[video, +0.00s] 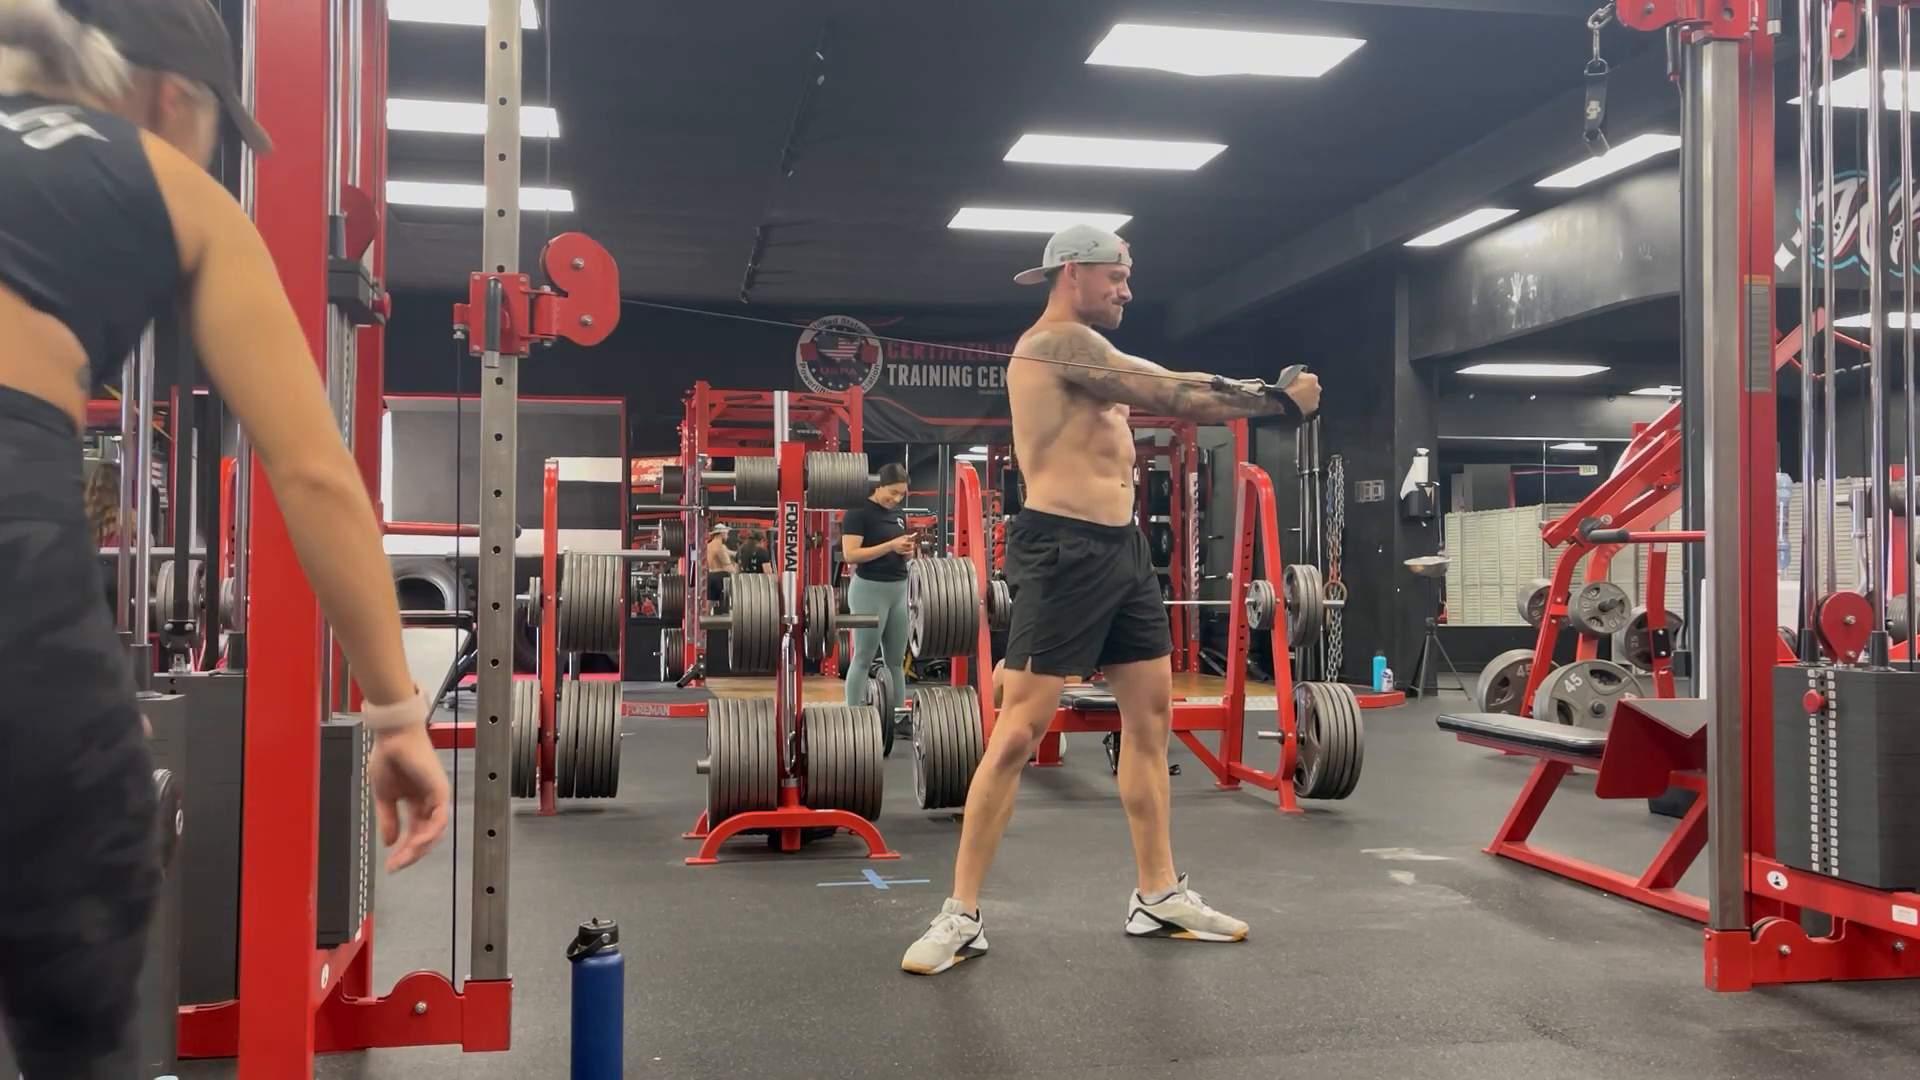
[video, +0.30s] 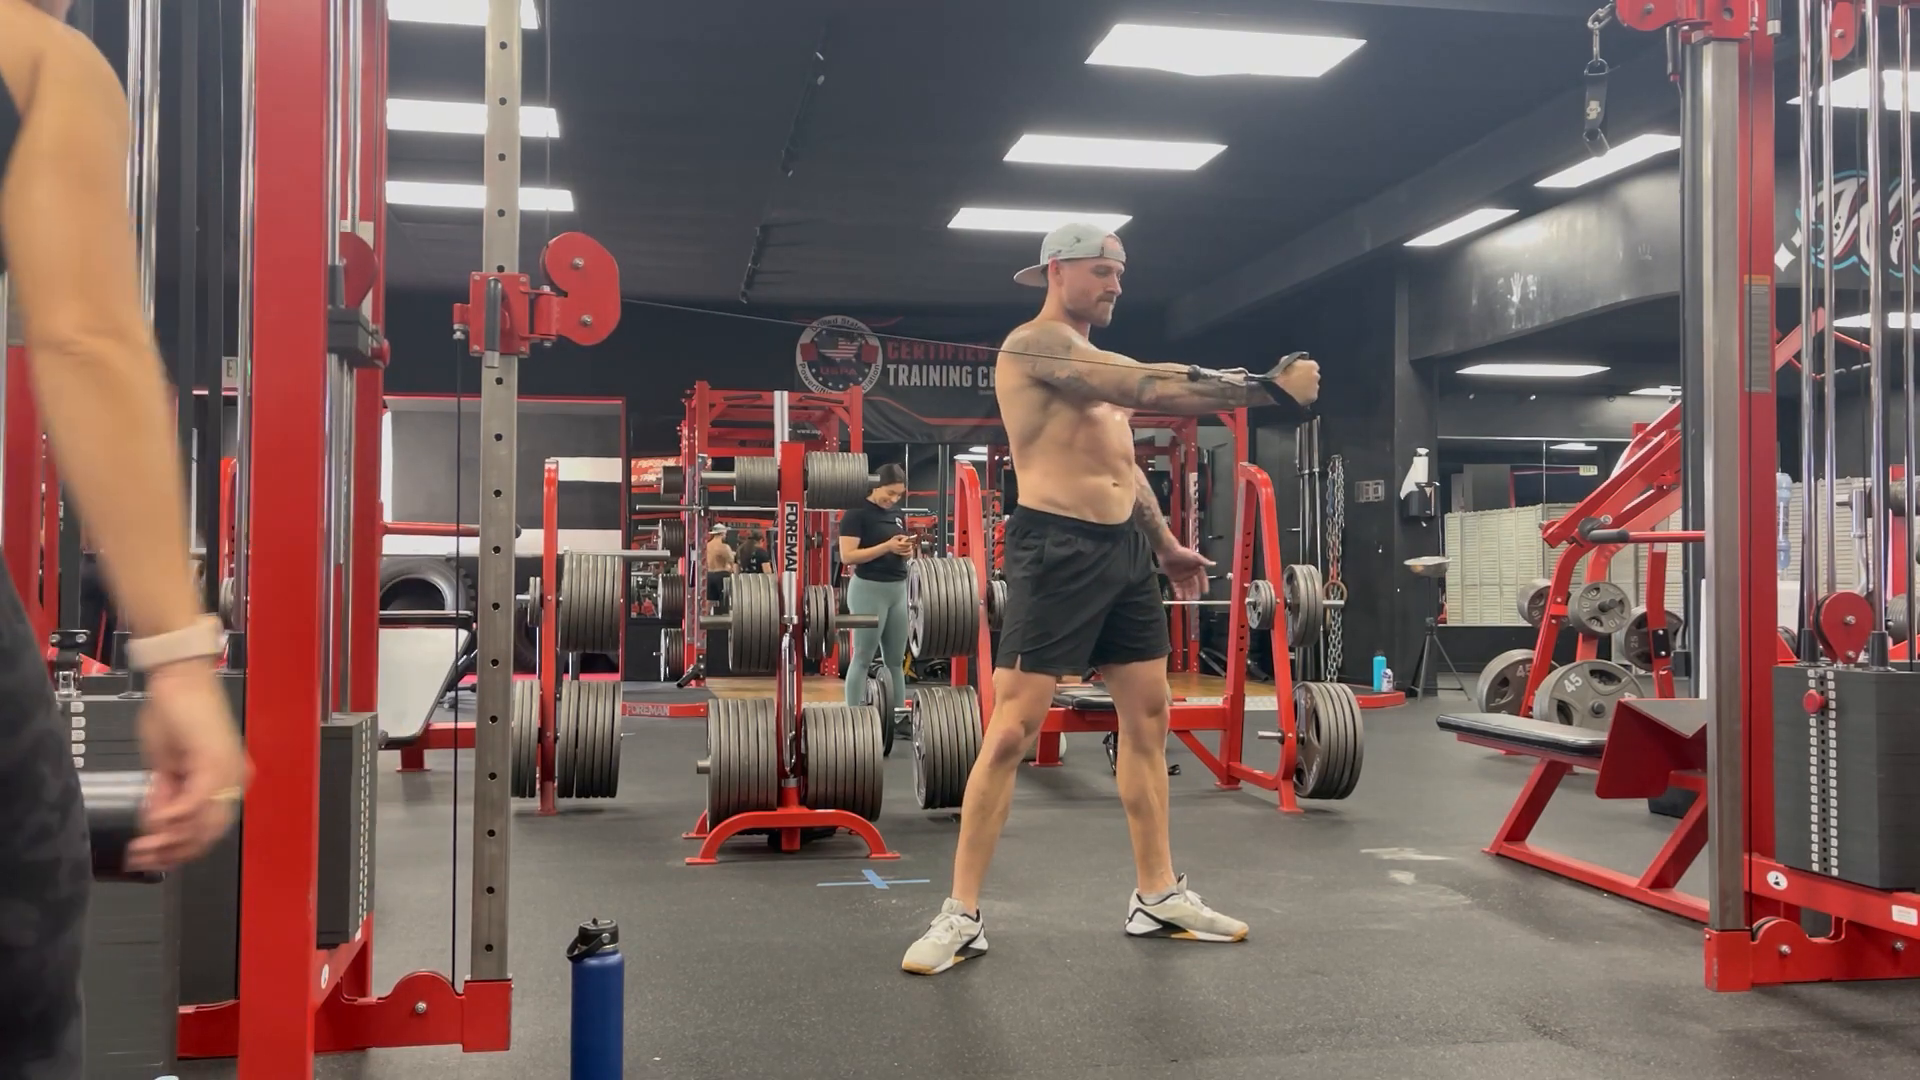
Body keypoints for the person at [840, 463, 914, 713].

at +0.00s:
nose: (897, 499)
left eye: (901, 495)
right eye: (893, 493)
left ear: (904, 491)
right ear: (880, 485)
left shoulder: (897, 514)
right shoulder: (858, 513)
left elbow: (903, 551)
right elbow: (850, 554)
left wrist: (909, 549)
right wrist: (891, 546)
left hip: (898, 591)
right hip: (869, 590)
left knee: (896, 661)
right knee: (863, 659)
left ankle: (899, 720)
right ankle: (853, 720)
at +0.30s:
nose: (894, 500)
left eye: (899, 495)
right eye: (890, 493)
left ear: (902, 491)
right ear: (878, 485)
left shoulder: (895, 514)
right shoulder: (856, 514)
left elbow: (903, 551)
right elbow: (847, 555)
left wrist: (908, 549)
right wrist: (887, 547)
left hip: (898, 590)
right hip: (868, 589)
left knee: (895, 661)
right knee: (862, 659)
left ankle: (899, 720)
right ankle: (854, 721)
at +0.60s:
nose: (889, 497)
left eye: (894, 493)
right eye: (886, 490)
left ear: (897, 490)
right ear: (871, 484)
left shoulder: (890, 512)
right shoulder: (852, 512)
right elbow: (841, 555)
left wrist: (904, 546)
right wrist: (882, 548)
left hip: (893, 590)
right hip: (864, 589)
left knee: (895, 661)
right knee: (860, 659)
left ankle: (897, 720)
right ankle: (853, 721)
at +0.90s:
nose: (887, 497)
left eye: (891, 492)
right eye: (884, 490)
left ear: (893, 489)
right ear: (869, 484)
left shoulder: (879, 512)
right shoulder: (849, 512)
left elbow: (874, 548)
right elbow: (837, 555)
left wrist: (894, 545)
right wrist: (880, 549)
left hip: (883, 590)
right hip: (856, 590)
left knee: (889, 660)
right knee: (854, 660)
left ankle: (898, 718)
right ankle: (851, 721)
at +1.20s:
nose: (889, 497)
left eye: (893, 493)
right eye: (886, 491)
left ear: (894, 489)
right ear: (871, 484)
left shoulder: (877, 512)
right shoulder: (853, 512)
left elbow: (876, 547)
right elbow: (843, 557)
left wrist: (899, 546)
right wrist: (886, 548)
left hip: (881, 589)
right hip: (859, 589)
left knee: (882, 657)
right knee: (857, 658)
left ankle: (887, 717)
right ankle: (851, 719)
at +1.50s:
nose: (902, 496)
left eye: (904, 491)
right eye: (899, 490)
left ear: (897, 487)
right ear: (884, 484)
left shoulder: (885, 513)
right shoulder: (869, 513)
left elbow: (883, 549)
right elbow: (863, 556)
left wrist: (905, 549)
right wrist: (901, 545)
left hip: (892, 592)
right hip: (873, 590)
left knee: (886, 661)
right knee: (868, 660)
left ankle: (880, 717)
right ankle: (855, 718)